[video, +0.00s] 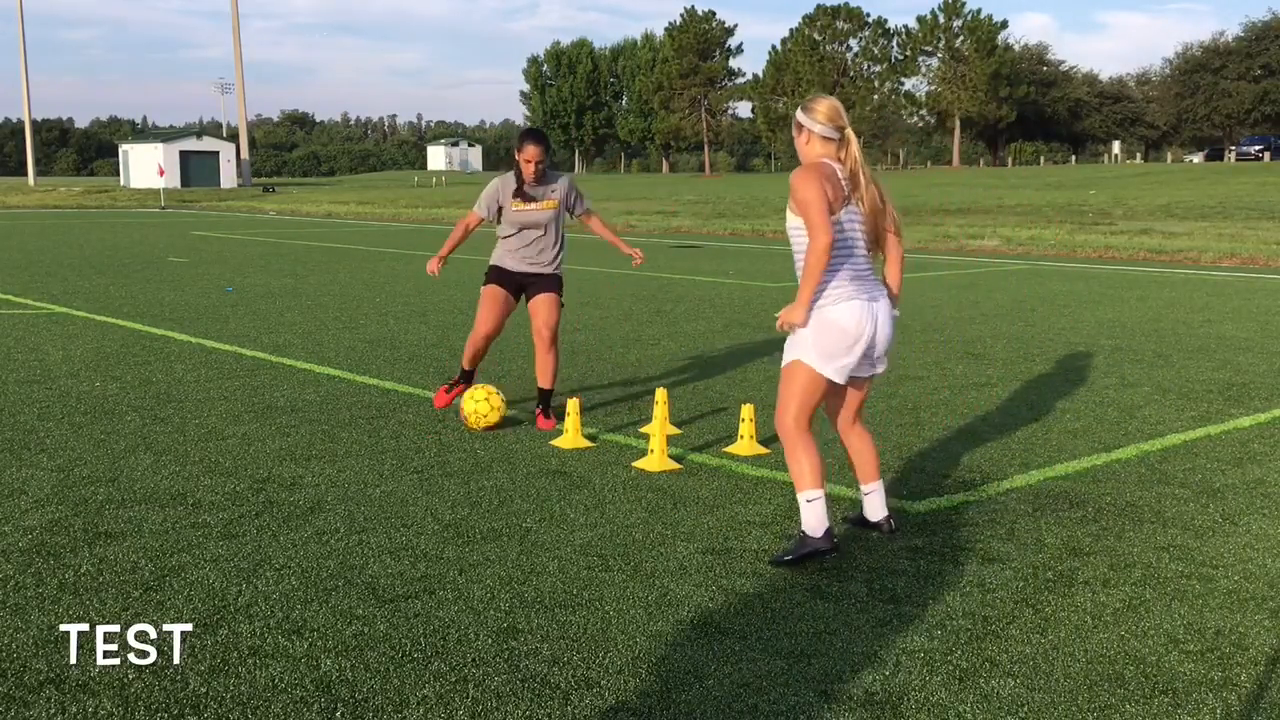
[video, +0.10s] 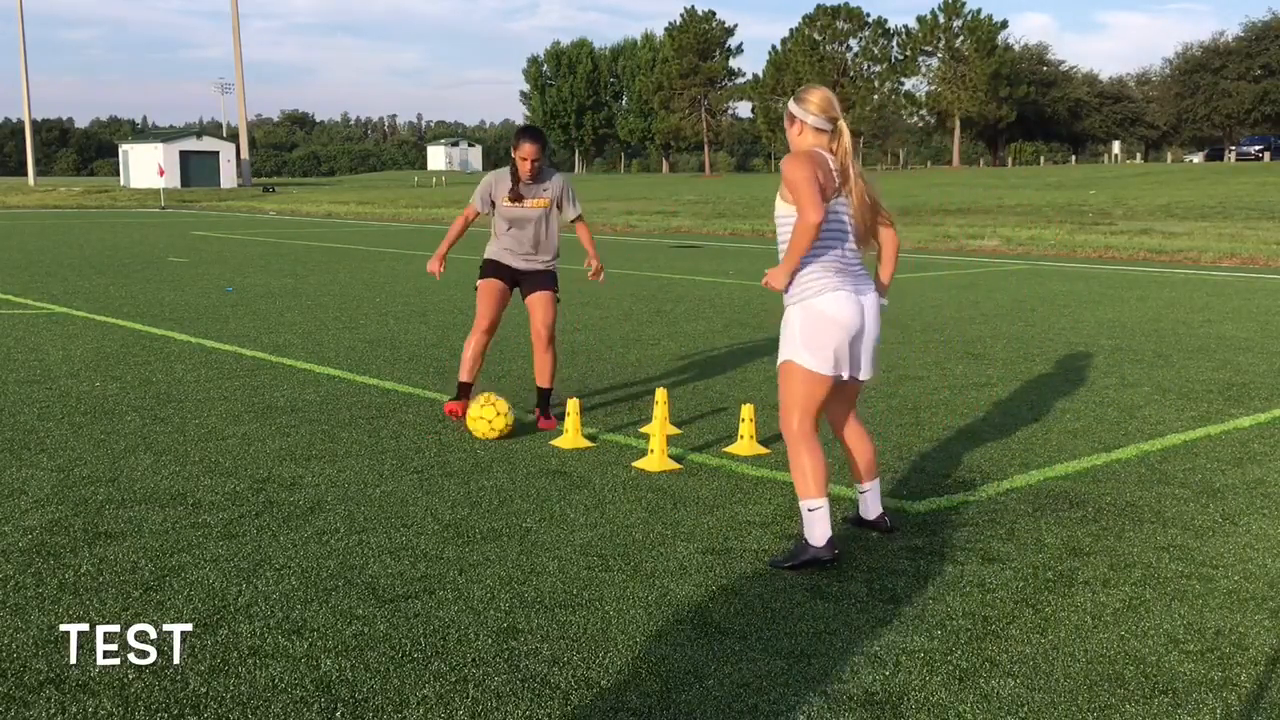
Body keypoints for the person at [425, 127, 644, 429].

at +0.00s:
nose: (533, 169)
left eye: (539, 162)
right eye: (528, 161)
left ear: (547, 159)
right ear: (517, 157)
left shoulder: (562, 186)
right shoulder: (501, 187)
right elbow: (470, 222)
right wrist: (442, 255)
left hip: (546, 272)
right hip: (505, 268)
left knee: (547, 335)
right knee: (484, 331)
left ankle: (544, 408)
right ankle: (463, 380)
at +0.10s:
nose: (529, 167)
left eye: (535, 160)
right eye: (524, 159)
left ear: (544, 156)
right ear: (513, 154)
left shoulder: (557, 183)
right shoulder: (494, 180)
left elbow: (577, 220)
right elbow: (467, 217)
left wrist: (593, 254)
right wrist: (440, 252)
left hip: (540, 266)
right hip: (499, 261)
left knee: (545, 333)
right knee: (484, 325)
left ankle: (544, 409)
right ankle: (462, 398)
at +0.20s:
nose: (528, 155)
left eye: (533, 149)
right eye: (522, 148)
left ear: (540, 145)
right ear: (510, 143)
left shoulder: (551, 174)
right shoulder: (489, 170)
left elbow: (561, 217)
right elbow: (464, 202)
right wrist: (442, 241)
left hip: (530, 260)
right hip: (490, 254)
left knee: (541, 329)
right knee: (485, 325)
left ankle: (543, 408)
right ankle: (459, 403)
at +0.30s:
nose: (524, 154)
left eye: (530, 148)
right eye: (519, 147)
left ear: (535, 147)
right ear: (505, 144)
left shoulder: (538, 178)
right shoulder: (480, 172)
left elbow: (539, 219)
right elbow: (452, 205)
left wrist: (533, 229)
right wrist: (439, 249)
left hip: (520, 262)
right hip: (481, 260)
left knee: (549, 325)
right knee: (475, 337)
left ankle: (546, 402)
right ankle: (440, 406)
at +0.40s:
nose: (520, 160)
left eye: (525, 154)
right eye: (515, 153)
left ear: (530, 156)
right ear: (500, 152)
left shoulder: (532, 190)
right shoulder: (476, 183)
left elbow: (530, 229)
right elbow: (445, 221)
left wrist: (530, 252)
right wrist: (435, 270)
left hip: (514, 274)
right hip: (476, 271)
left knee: (550, 329)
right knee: (473, 342)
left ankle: (536, 388)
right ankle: (438, 408)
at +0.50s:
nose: (521, 157)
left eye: (526, 150)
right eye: (516, 149)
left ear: (531, 152)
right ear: (501, 149)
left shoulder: (536, 186)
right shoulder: (480, 181)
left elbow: (537, 223)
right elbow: (454, 222)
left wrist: (540, 247)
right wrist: (448, 263)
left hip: (518, 273)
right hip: (480, 271)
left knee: (545, 337)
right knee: (472, 339)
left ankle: (525, 387)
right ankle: (437, 408)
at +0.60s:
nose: (529, 147)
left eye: (533, 141)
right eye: (522, 141)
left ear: (537, 141)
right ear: (508, 141)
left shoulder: (548, 175)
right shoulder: (489, 174)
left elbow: (551, 213)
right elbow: (470, 214)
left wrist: (556, 236)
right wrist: (468, 246)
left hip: (528, 268)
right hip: (491, 263)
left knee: (543, 335)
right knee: (477, 333)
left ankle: (520, 393)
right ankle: (442, 406)